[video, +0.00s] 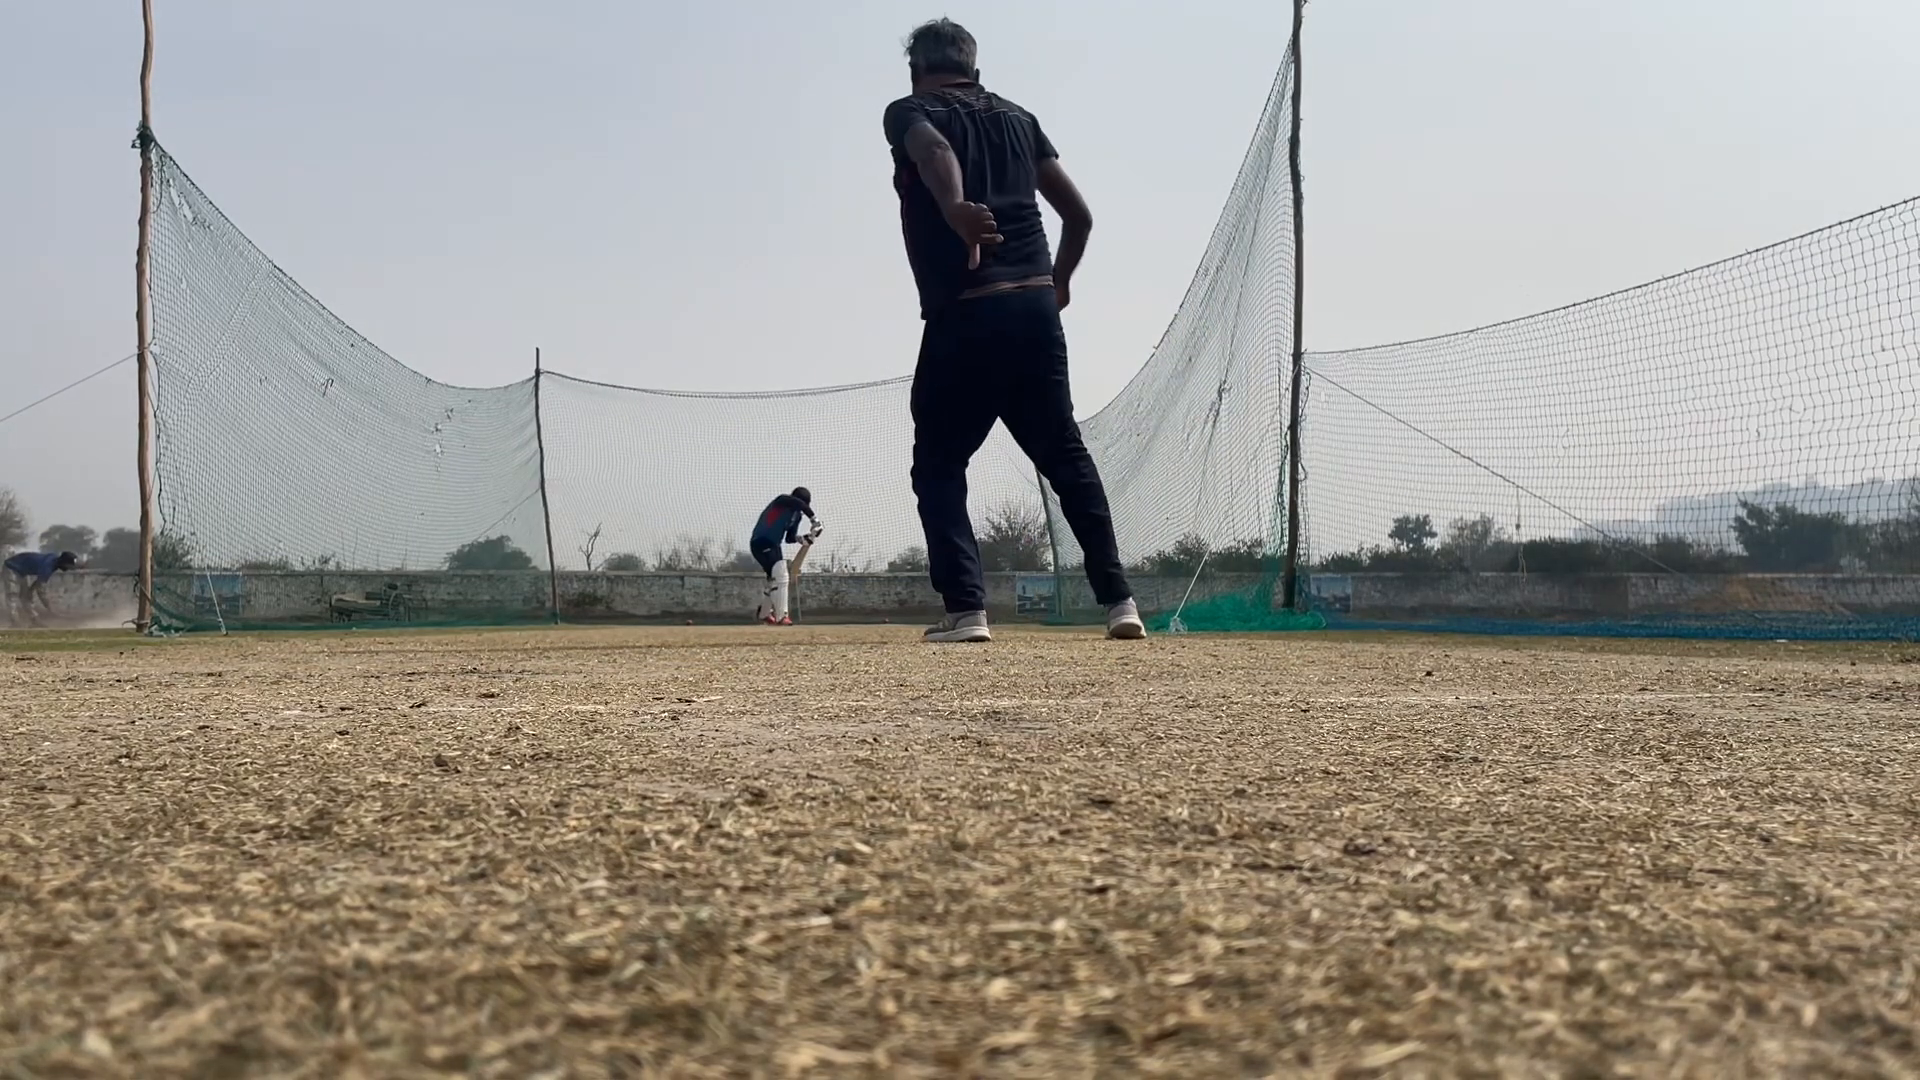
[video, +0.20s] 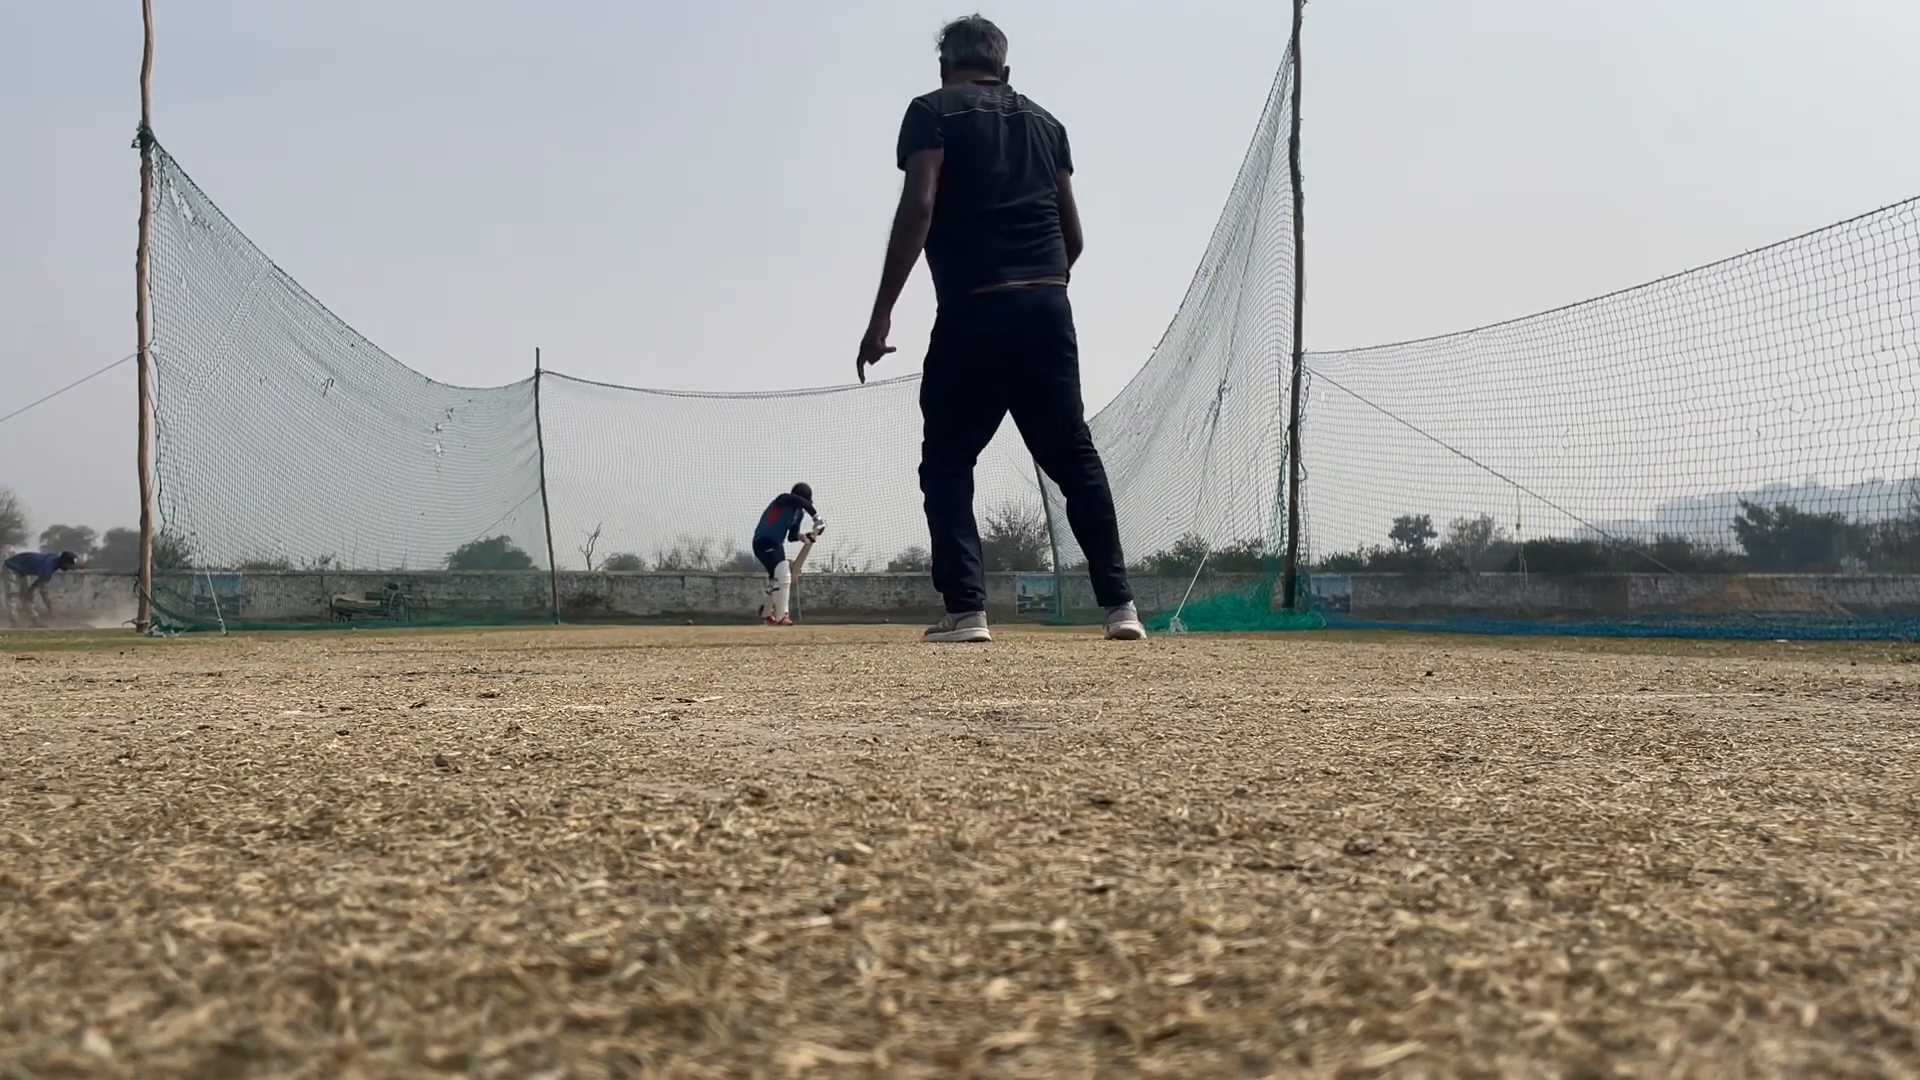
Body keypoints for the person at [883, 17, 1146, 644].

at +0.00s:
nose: (912, 82)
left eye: (912, 74)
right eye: (917, 76)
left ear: (918, 72)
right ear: (974, 71)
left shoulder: (909, 109)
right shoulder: (1016, 117)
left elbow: (937, 151)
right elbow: (1078, 216)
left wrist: (953, 208)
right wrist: (1060, 279)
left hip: (966, 320)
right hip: (1038, 316)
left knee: (937, 467)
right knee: (1066, 455)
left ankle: (966, 612)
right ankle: (1119, 603)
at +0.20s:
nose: (938, 77)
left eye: (939, 68)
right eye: (943, 70)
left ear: (946, 65)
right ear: (1003, 68)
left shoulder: (933, 109)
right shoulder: (1043, 121)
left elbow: (919, 207)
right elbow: (1072, 238)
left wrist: (882, 313)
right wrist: (1033, 292)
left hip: (973, 316)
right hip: (1048, 313)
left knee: (946, 462)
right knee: (1075, 457)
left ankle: (965, 614)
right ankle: (1121, 608)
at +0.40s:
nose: (973, 76)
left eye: (972, 67)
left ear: (970, 66)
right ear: (1031, 70)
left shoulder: (945, 110)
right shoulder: (1069, 123)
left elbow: (889, 215)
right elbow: (1101, 237)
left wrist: (901, 243)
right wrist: (1076, 297)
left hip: (987, 311)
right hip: (1066, 310)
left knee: (958, 460)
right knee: (1086, 456)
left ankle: (966, 613)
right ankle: (1122, 610)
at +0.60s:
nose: (1013, 78)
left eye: (1010, 69)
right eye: (1064, 73)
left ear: (1006, 67)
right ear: (1067, 73)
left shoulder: (977, 110)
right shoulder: (1100, 122)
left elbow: (923, 214)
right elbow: (1143, 229)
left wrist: (959, 165)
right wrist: (1154, 327)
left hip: (1012, 304)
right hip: (1091, 304)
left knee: (979, 458)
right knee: (1101, 453)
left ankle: (966, 613)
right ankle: (1123, 611)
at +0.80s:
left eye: (1052, 73)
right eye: (1102, 76)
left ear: (1048, 71)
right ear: (1108, 78)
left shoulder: (1019, 109)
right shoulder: (1139, 127)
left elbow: (967, 205)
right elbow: (1179, 230)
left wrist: (1001, 151)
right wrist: (1205, 330)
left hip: (1044, 305)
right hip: (1121, 309)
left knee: (1009, 453)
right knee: (1120, 456)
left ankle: (971, 609)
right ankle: (1124, 611)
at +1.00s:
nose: (1133, 79)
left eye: (1088, 66)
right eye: (1137, 72)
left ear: (1076, 63)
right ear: (1136, 71)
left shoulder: (1042, 103)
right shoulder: (1162, 120)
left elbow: (998, 197)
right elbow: (1201, 226)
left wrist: (1044, 146)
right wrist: (1227, 328)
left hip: (1052, 304)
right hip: (1130, 310)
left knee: (1024, 445)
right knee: (1127, 453)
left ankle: (1037, 581)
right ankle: (1124, 610)